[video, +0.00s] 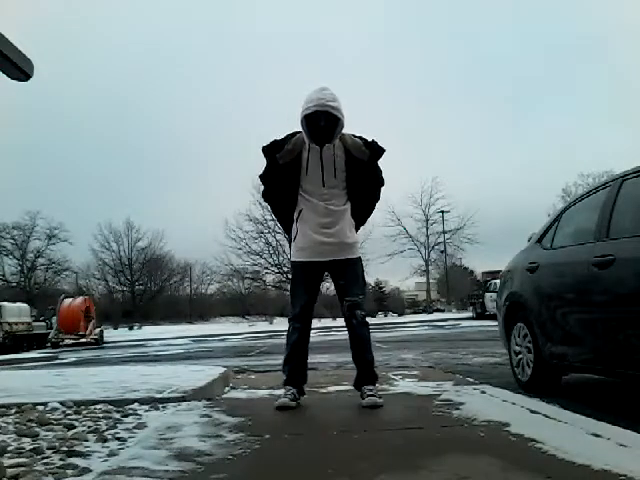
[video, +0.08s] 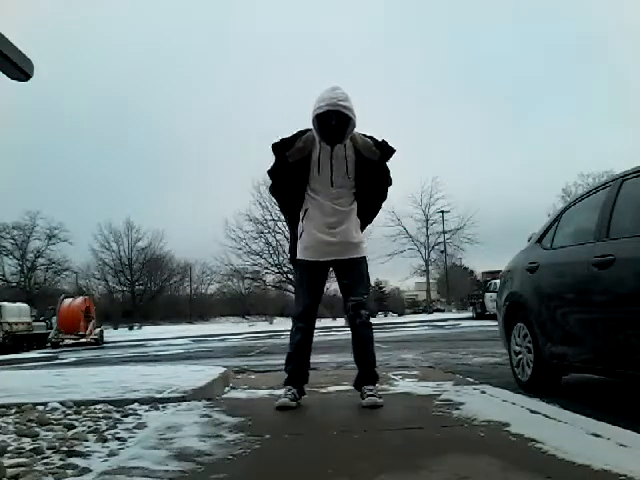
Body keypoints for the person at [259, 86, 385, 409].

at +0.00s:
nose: (320, 125)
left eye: (327, 119)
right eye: (314, 119)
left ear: (338, 119)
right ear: (304, 120)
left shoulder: (356, 151)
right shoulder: (289, 151)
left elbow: (372, 187)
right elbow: (272, 190)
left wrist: (353, 223)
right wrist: (293, 226)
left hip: (345, 245)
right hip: (305, 246)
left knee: (356, 314)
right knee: (299, 319)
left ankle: (367, 384)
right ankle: (293, 386)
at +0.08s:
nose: (332, 125)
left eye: (339, 119)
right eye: (326, 119)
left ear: (350, 120)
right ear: (316, 119)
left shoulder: (366, 150)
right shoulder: (299, 149)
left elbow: (379, 188)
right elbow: (280, 185)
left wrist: (359, 222)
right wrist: (298, 218)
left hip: (350, 241)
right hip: (309, 242)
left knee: (359, 312)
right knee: (303, 316)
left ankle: (368, 384)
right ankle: (294, 385)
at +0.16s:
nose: (341, 123)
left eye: (348, 117)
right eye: (334, 116)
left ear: (360, 119)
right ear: (324, 116)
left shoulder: (373, 149)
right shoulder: (306, 146)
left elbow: (385, 188)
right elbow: (286, 181)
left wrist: (363, 220)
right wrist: (304, 213)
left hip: (353, 242)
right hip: (313, 242)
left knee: (361, 313)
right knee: (305, 316)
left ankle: (368, 384)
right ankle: (298, 385)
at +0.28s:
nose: (348, 120)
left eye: (355, 114)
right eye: (341, 113)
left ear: (367, 116)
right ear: (332, 114)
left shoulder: (380, 149)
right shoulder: (312, 143)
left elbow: (393, 187)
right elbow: (293, 177)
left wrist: (369, 217)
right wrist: (306, 213)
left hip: (357, 242)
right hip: (315, 241)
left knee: (361, 313)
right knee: (308, 316)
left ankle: (368, 384)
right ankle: (306, 384)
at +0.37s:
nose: (350, 120)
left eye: (357, 114)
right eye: (344, 113)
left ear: (369, 116)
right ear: (334, 113)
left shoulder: (381, 147)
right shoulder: (316, 140)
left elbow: (397, 182)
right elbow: (293, 171)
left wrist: (375, 215)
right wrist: (307, 208)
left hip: (358, 241)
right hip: (316, 239)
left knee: (360, 313)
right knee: (310, 315)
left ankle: (367, 384)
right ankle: (310, 381)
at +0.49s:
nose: (341, 118)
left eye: (348, 112)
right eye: (337, 111)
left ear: (362, 115)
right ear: (331, 112)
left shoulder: (379, 145)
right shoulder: (315, 140)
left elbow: (402, 181)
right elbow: (290, 173)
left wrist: (379, 213)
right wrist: (304, 209)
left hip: (356, 241)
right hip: (314, 239)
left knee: (359, 313)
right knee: (310, 312)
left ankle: (367, 384)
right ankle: (314, 376)